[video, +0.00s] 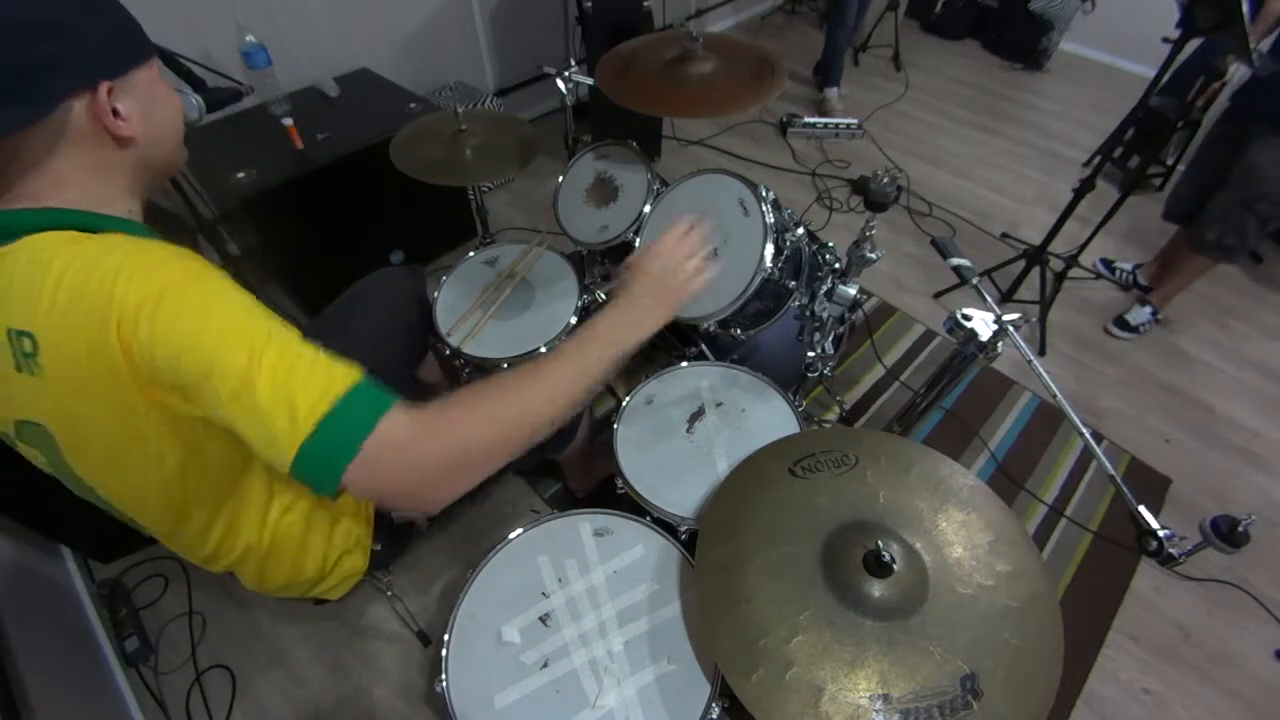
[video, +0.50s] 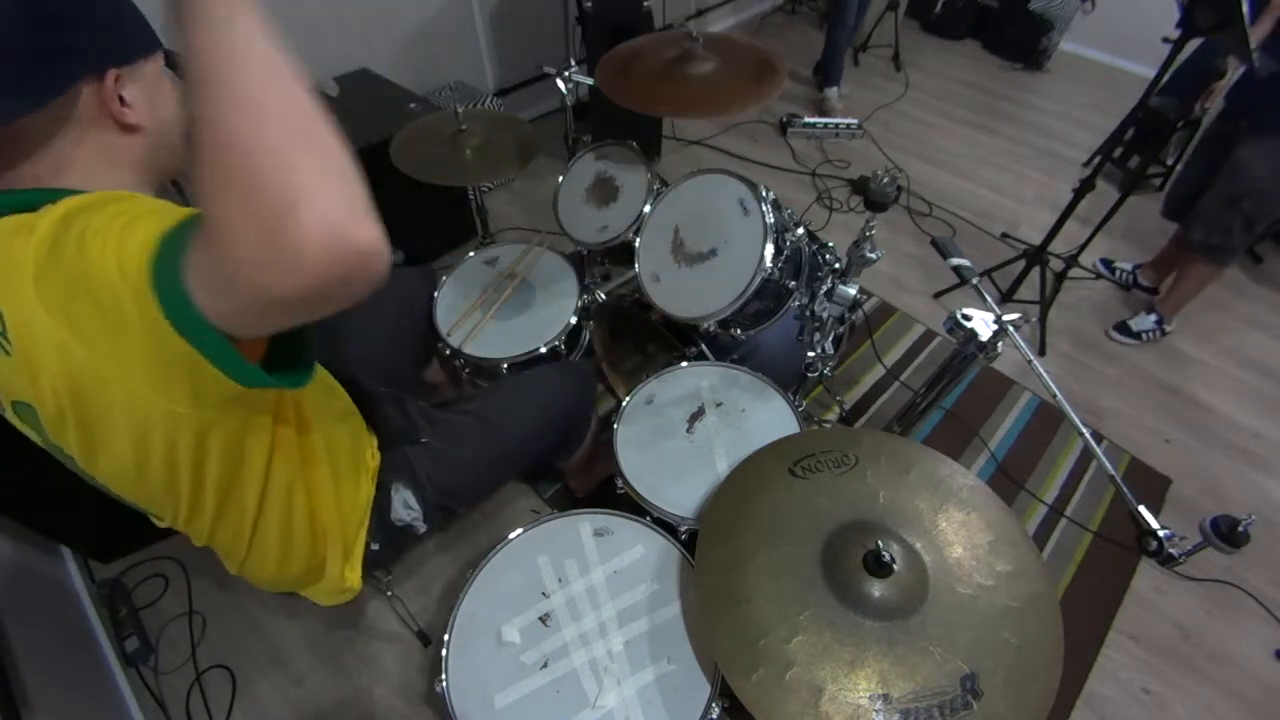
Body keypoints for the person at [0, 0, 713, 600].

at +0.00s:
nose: (176, 90)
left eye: (161, 69)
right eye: (157, 72)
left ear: (52, 121)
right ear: (111, 110)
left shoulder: (18, 259)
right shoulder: (145, 292)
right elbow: (423, 471)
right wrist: (635, 309)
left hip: (222, 511)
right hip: (327, 533)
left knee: (397, 287)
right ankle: (578, 464)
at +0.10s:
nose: (176, 100)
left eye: (162, 74)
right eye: (161, 76)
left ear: (69, 112)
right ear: (113, 108)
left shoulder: (18, 262)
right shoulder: (139, 283)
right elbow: (437, 407)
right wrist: (683, 221)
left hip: (231, 518)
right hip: (342, 530)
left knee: (400, 284)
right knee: (547, 356)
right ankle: (586, 477)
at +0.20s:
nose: (179, 100)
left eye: (164, 75)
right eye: (160, 76)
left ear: (31, 121)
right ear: (115, 104)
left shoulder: (24, 263)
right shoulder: (113, 275)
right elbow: (424, 347)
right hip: (350, 515)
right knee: (565, 377)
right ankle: (583, 486)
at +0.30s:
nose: (181, 102)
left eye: (170, 76)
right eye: (167, 78)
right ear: (120, 100)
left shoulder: (26, 247)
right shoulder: (108, 261)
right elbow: (397, 296)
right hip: (345, 523)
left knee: (402, 341)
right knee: (566, 377)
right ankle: (577, 475)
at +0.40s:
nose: (183, 103)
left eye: (171, 78)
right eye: (167, 80)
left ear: (16, 124)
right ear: (120, 101)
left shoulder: (22, 242)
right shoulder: (108, 252)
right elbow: (368, 263)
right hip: (345, 519)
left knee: (408, 292)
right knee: (568, 378)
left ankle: (418, 404)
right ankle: (580, 473)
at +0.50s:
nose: (183, 101)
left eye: (177, 74)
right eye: (170, 75)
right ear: (118, 98)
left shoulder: (25, 238)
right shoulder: (98, 253)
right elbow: (333, 250)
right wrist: (212, 0)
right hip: (347, 508)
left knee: (420, 280)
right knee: (569, 378)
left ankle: (420, 396)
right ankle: (582, 476)